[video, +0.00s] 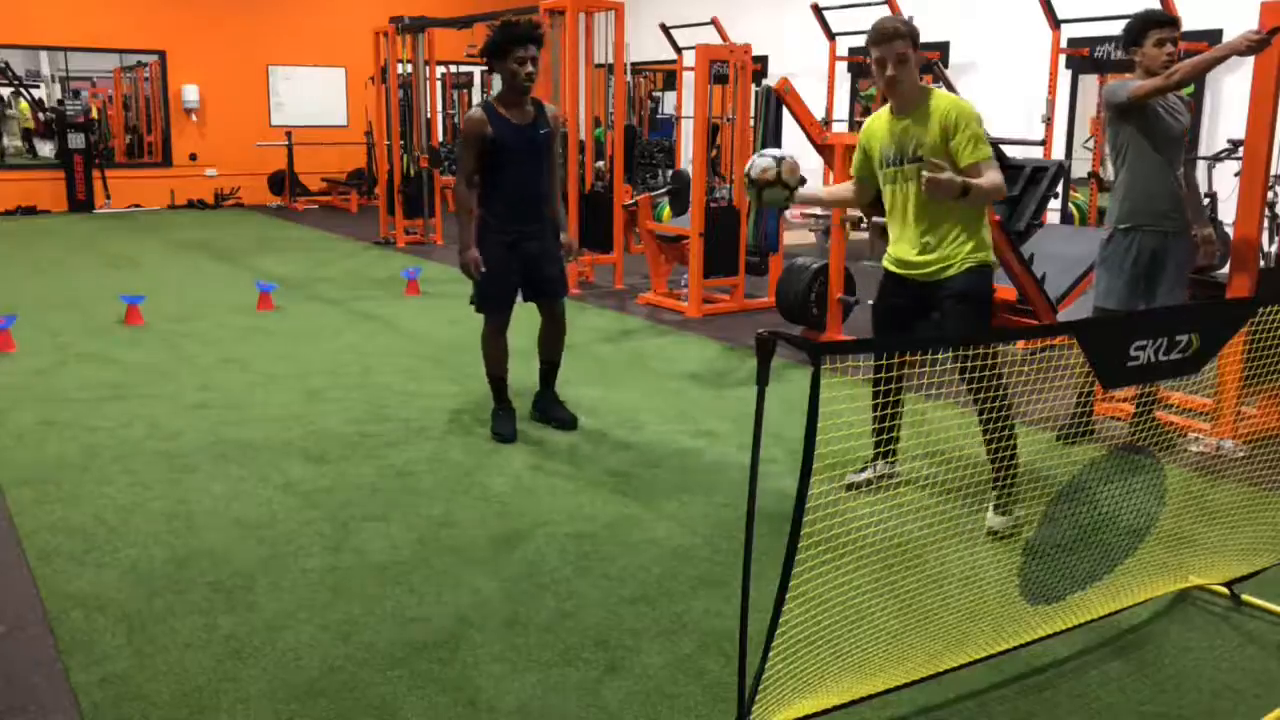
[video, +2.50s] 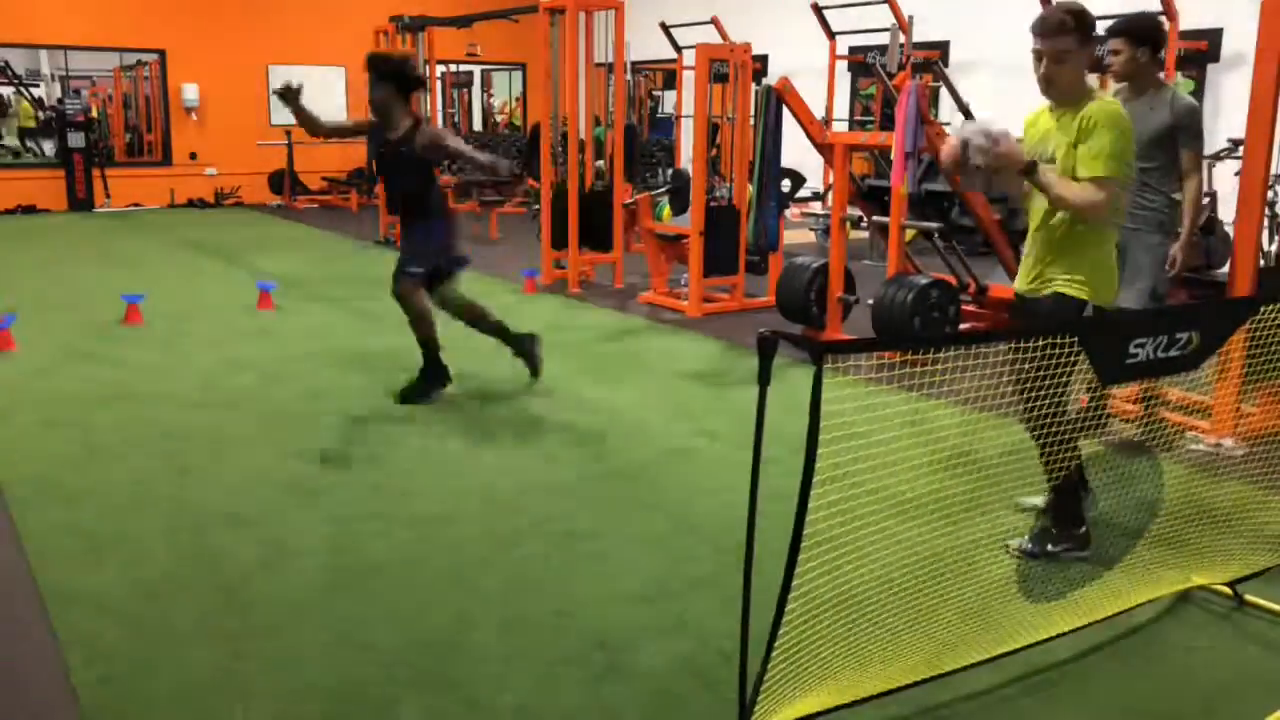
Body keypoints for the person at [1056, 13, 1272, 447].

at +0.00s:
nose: (1172, 50)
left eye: (1175, 44)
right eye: (1161, 43)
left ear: (1177, 50)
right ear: (1134, 52)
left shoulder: (1181, 105)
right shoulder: (1115, 91)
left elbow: (1185, 173)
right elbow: (1168, 82)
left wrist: (1200, 223)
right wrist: (1227, 50)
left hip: (1175, 235)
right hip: (1128, 233)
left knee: (1161, 333)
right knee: (1108, 327)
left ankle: (1143, 424)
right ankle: (1079, 416)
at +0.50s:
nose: (1172, 51)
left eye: (1176, 44)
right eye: (1161, 43)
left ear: (1180, 49)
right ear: (1136, 51)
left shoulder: (1181, 105)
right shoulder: (1117, 91)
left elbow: (1181, 176)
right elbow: (1172, 81)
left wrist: (1193, 228)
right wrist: (1234, 50)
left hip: (1174, 229)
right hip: (1131, 226)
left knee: (1157, 322)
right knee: (1107, 318)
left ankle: (1148, 402)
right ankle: (1085, 398)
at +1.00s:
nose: (1174, 52)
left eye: (1179, 44)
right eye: (1164, 44)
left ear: (1185, 51)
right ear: (1140, 51)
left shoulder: (1191, 98)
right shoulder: (1118, 93)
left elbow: (1191, 170)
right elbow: (1150, 106)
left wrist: (1199, 227)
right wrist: (1214, 86)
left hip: (1174, 230)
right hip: (1127, 226)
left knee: (1159, 322)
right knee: (1109, 318)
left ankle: (1144, 422)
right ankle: (1079, 412)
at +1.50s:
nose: (1144, 58)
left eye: (1154, 50)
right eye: (1142, 51)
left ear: (1184, 54)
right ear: (1143, 55)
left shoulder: (1213, 110)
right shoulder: (1126, 98)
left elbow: (1218, 177)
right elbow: (1106, 158)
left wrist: (1217, 235)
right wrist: (1098, 215)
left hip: (1173, 234)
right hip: (1121, 226)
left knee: (1156, 322)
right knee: (1104, 316)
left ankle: (1143, 416)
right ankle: (1082, 403)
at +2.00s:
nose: (1142, 61)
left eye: (1151, 53)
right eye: (1140, 53)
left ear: (1178, 54)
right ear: (1137, 53)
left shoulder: (1209, 111)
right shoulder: (1128, 98)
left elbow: (1218, 179)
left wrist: (1207, 239)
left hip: (1161, 237)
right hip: (1112, 228)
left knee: (1139, 329)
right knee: (1097, 328)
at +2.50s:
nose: (1108, 61)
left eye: (1116, 53)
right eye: (1109, 54)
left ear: (1143, 54)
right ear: (1137, 55)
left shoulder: (1181, 108)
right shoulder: (1112, 100)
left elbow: (1191, 175)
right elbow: (1096, 162)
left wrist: (1184, 238)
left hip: (1150, 229)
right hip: (1106, 222)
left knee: (1133, 316)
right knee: (1100, 316)